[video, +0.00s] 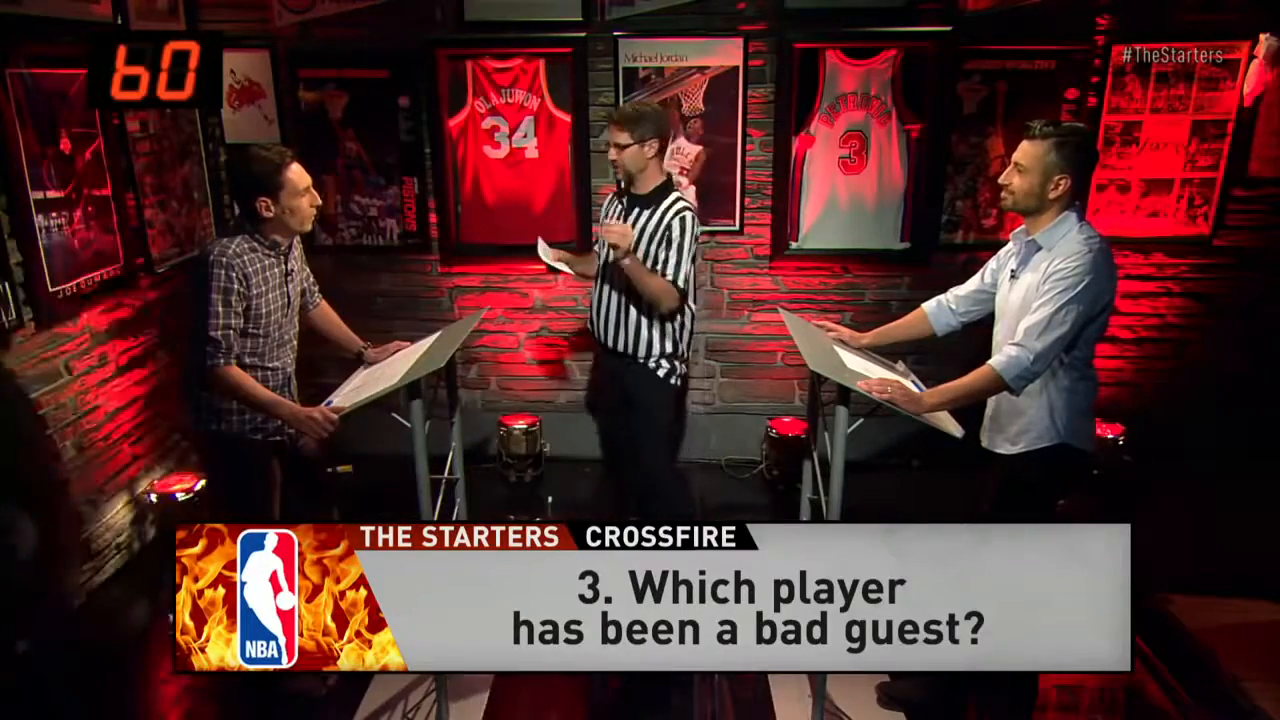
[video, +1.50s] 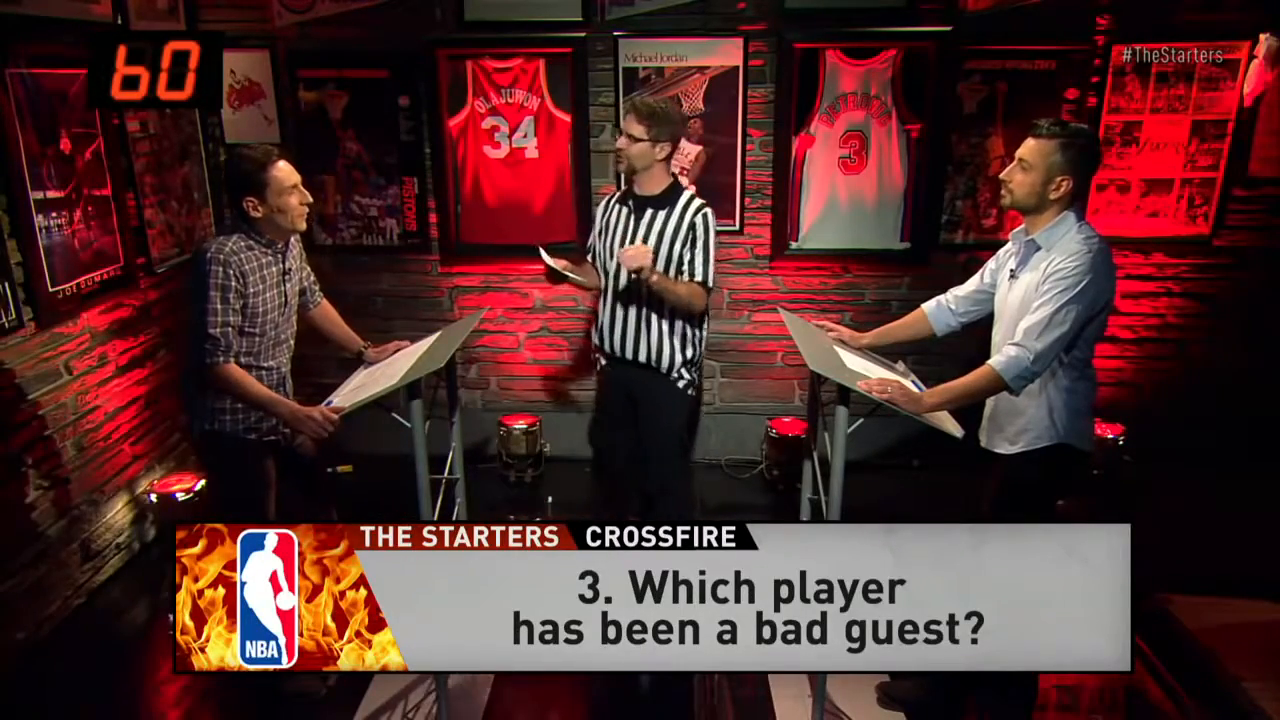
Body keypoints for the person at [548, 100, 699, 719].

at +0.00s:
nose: (612, 157)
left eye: (621, 148)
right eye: (609, 147)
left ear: (654, 148)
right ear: (621, 149)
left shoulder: (677, 214)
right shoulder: (617, 201)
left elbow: (668, 299)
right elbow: (612, 271)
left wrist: (625, 256)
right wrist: (574, 262)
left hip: (654, 373)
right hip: (612, 362)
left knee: (655, 486)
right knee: (618, 481)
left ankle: (674, 570)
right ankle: (629, 563)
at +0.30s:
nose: (603, 162)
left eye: (610, 152)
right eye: (600, 153)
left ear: (640, 148)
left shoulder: (673, 212)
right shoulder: (615, 202)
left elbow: (652, 292)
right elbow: (608, 267)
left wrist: (601, 252)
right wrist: (570, 258)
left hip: (651, 364)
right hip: (610, 355)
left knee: (651, 469)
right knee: (616, 464)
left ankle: (663, 545)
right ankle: (617, 537)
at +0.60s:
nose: (597, 161)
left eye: (605, 151)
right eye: (595, 152)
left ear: (635, 148)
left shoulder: (670, 209)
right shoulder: (609, 202)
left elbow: (657, 290)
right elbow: (603, 269)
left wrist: (603, 254)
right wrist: (568, 261)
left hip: (650, 364)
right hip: (607, 355)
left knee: (651, 469)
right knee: (615, 464)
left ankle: (662, 544)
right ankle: (615, 538)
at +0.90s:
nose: (597, 161)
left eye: (604, 151)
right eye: (594, 151)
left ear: (635, 147)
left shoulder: (671, 209)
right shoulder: (606, 204)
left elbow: (664, 291)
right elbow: (599, 270)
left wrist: (613, 250)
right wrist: (563, 264)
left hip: (651, 366)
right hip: (607, 359)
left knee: (652, 472)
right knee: (613, 467)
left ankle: (661, 547)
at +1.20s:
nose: (606, 149)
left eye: (617, 141)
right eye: (606, 140)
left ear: (649, 148)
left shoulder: (681, 211)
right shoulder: (604, 205)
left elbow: (683, 297)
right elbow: (596, 273)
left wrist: (634, 273)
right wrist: (563, 269)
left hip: (658, 375)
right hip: (609, 368)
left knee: (657, 484)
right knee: (610, 478)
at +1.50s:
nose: (618, 145)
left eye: (630, 139)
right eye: (618, 135)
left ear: (665, 148)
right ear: (626, 142)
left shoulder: (693, 212)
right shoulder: (610, 205)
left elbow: (699, 303)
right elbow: (608, 283)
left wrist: (651, 276)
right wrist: (579, 272)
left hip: (669, 381)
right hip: (617, 373)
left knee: (663, 498)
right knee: (611, 489)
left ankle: (670, 596)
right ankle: (617, 590)